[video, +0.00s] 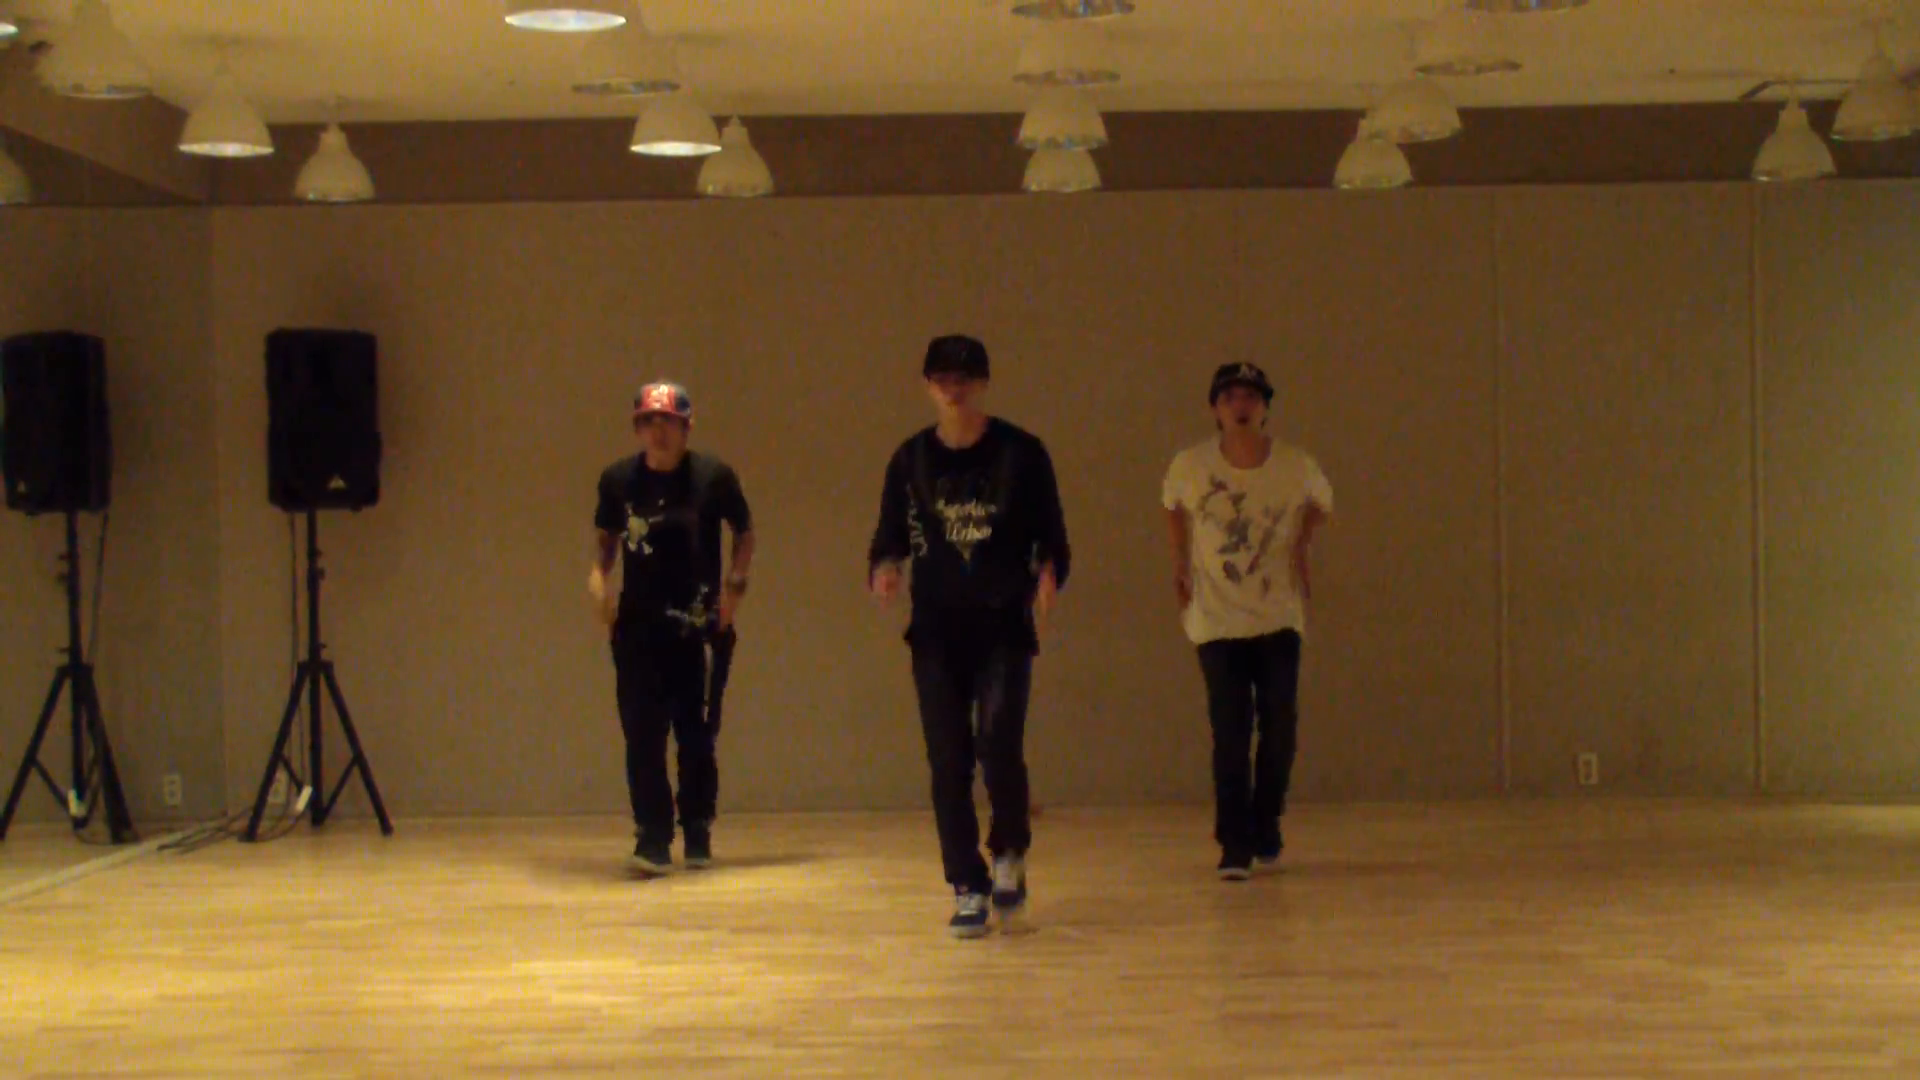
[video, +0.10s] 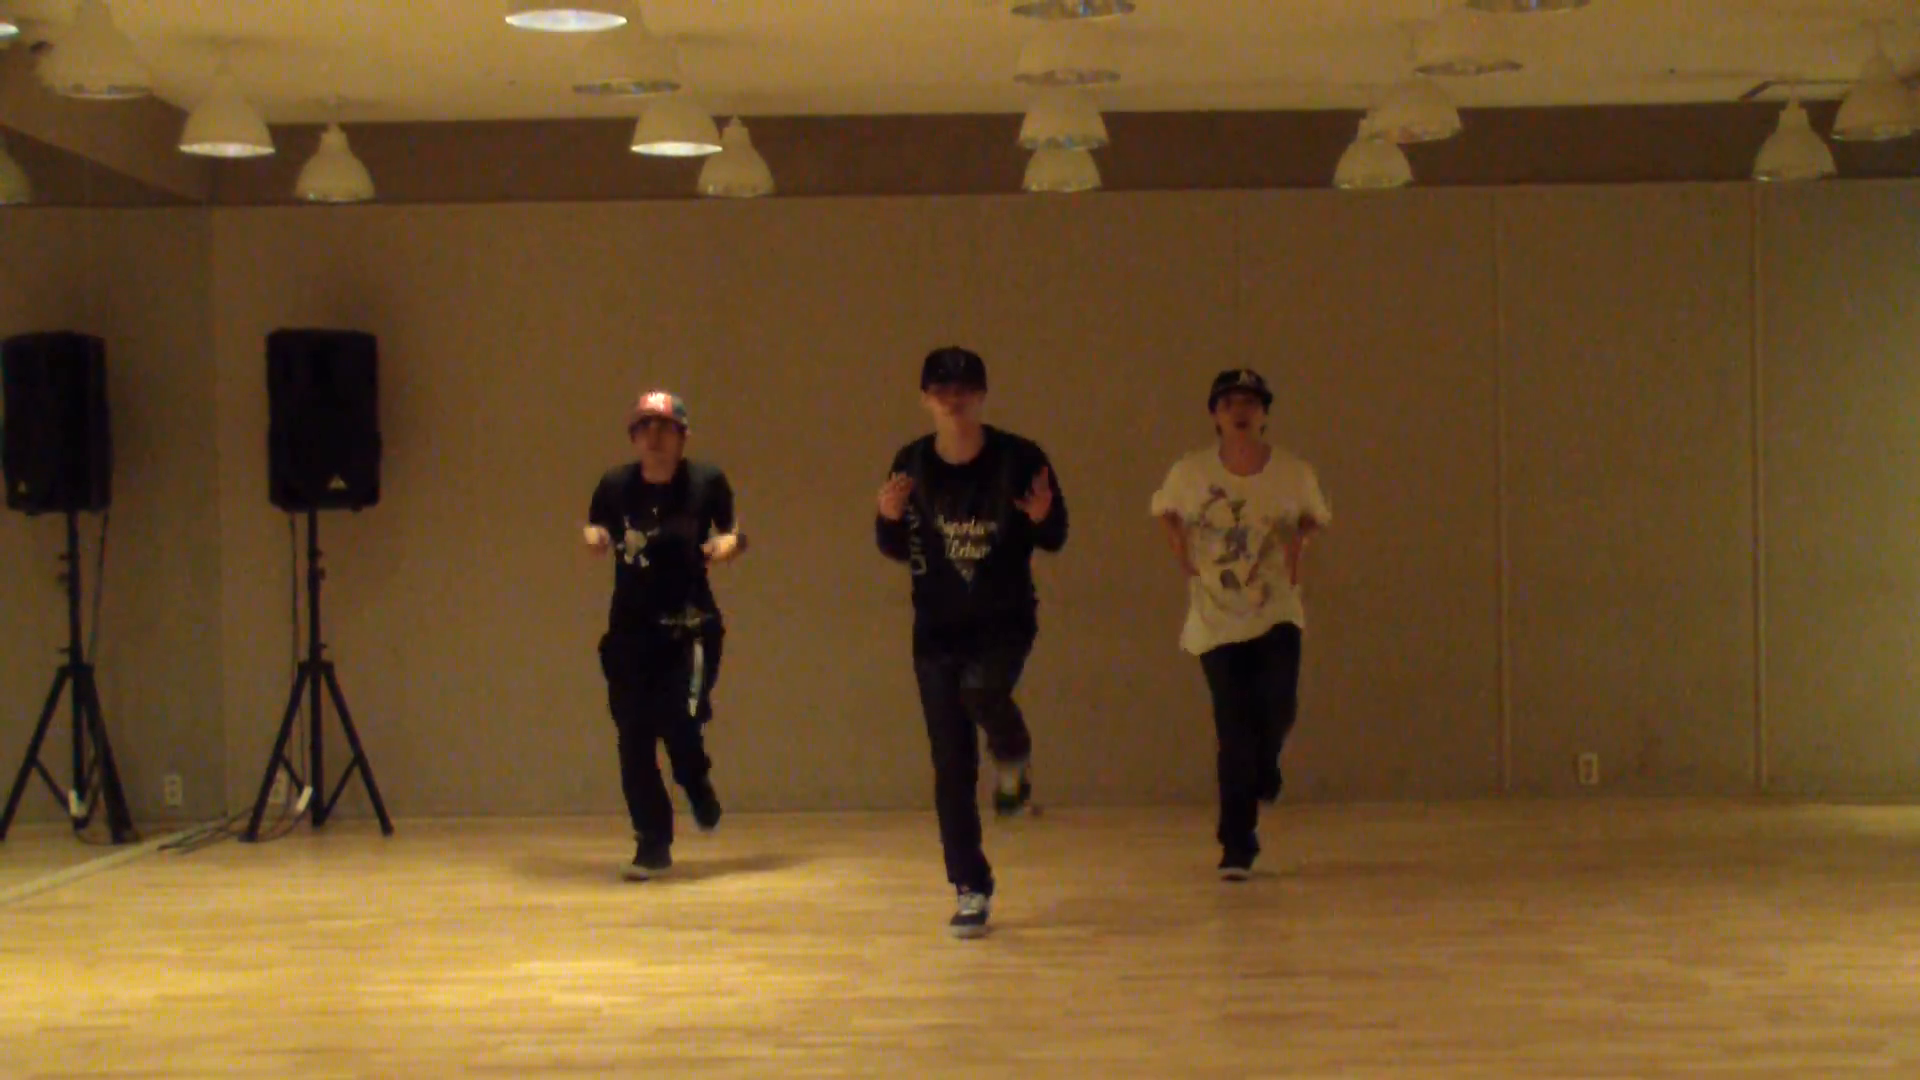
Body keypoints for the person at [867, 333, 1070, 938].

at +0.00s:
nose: (952, 391)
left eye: (963, 380)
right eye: (942, 381)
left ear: (983, 384)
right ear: (928, 386)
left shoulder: (1022, 453)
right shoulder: (911, 458)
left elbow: (1053, 535)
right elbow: (891, 533)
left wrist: (1049, 578)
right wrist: (886, 565)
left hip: (1006, 625)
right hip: (937, 628)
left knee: (998, 747)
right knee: (948, 760)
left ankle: (1009, 853)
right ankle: (967, 885)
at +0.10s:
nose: (953, 402)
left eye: (963, 391)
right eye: (942, 393)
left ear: (982, 395)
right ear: (926, 399)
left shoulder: (1019, 459)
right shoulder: (911, 464)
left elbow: (1054, 541)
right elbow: (897, 551)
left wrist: (1044, 516)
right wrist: (889, 516)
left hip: (1005, 616)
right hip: (939, 623)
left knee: (983, 691)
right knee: (952, 760)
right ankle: (969, 884)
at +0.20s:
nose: (956, 400)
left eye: (966, 388)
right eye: (944, 390)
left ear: (984, 394)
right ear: (928, 397)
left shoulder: (1019, 453)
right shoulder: (913, 463)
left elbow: (1060, 541)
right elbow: (889, 558)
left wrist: (1042, 498)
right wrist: (894, 501)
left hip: (1005, 617)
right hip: (939, 625)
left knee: (976, 677)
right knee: (950, 764)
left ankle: (1001, 755)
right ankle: (970, 887)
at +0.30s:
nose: (961, 416)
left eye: (970, 403)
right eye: (949, 404)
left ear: (987, 404)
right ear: (931, 406)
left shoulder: (1014, 461)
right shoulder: (918, 470)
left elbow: (1045, 512)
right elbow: (895, 519)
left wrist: (1049, 491)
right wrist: (881, 489)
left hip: (1002, 627)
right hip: (937, 630)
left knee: (980, 730)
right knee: (951, 751)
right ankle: (966, 874)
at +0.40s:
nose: (964, 437)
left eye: (975, 425)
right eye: (953, 425)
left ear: (989, 428)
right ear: (933, 426)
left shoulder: (1010, 484)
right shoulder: (916, 491)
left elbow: (1027, 505)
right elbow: (899, 512)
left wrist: (1040, 499)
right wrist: (880, 496)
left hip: (1001, 654)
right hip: (936, 656)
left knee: (978, 757)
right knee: (956, 775)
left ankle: (955, 884)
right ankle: (978, 891)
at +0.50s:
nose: (965, 439)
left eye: (975, 427)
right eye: (954, 427)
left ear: (992, 430)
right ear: (935, 429)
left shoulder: (1016, 490)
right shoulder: (909, 495)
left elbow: (1068, 502)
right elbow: (854, 504)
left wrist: (1122, 493)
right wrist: (799, 501)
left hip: (1000, 658)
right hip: (933, 661)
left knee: (973, 755)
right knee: (952, 777)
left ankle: (952, 878)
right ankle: (977, 892)